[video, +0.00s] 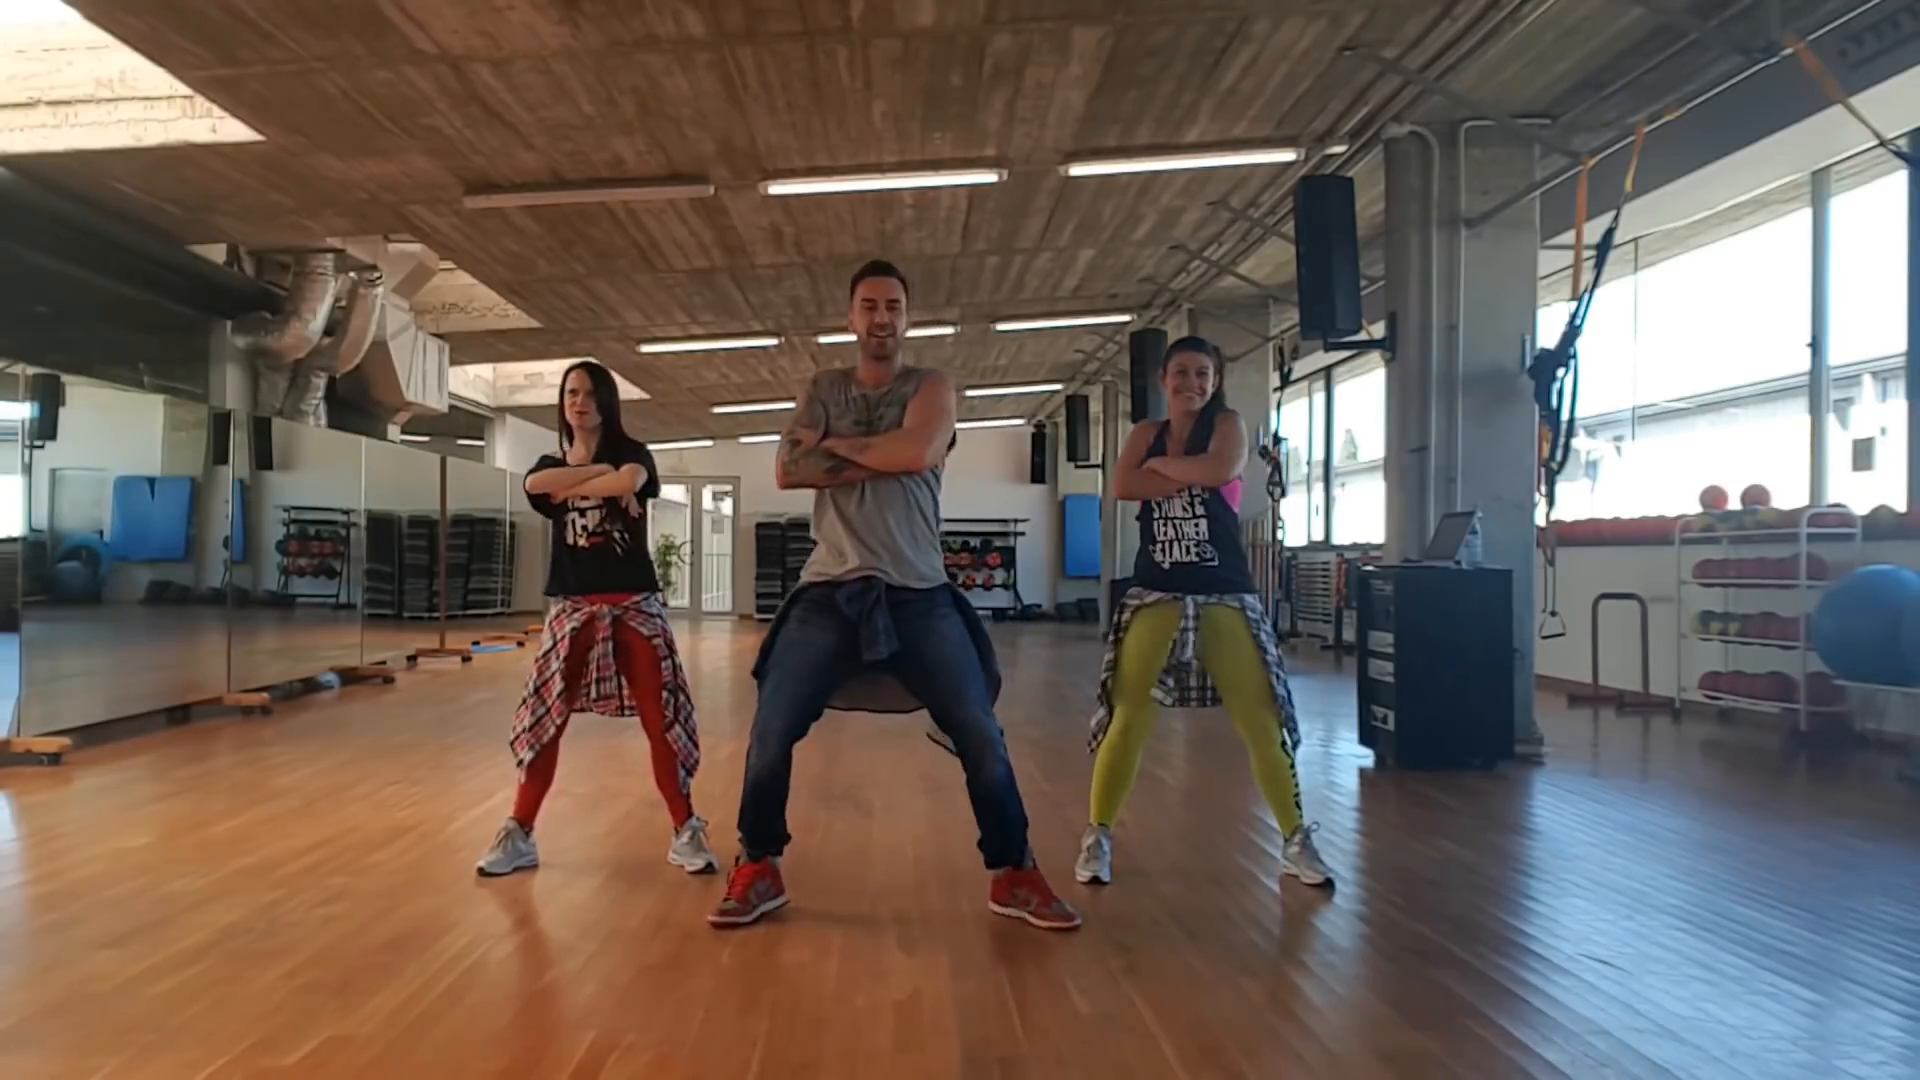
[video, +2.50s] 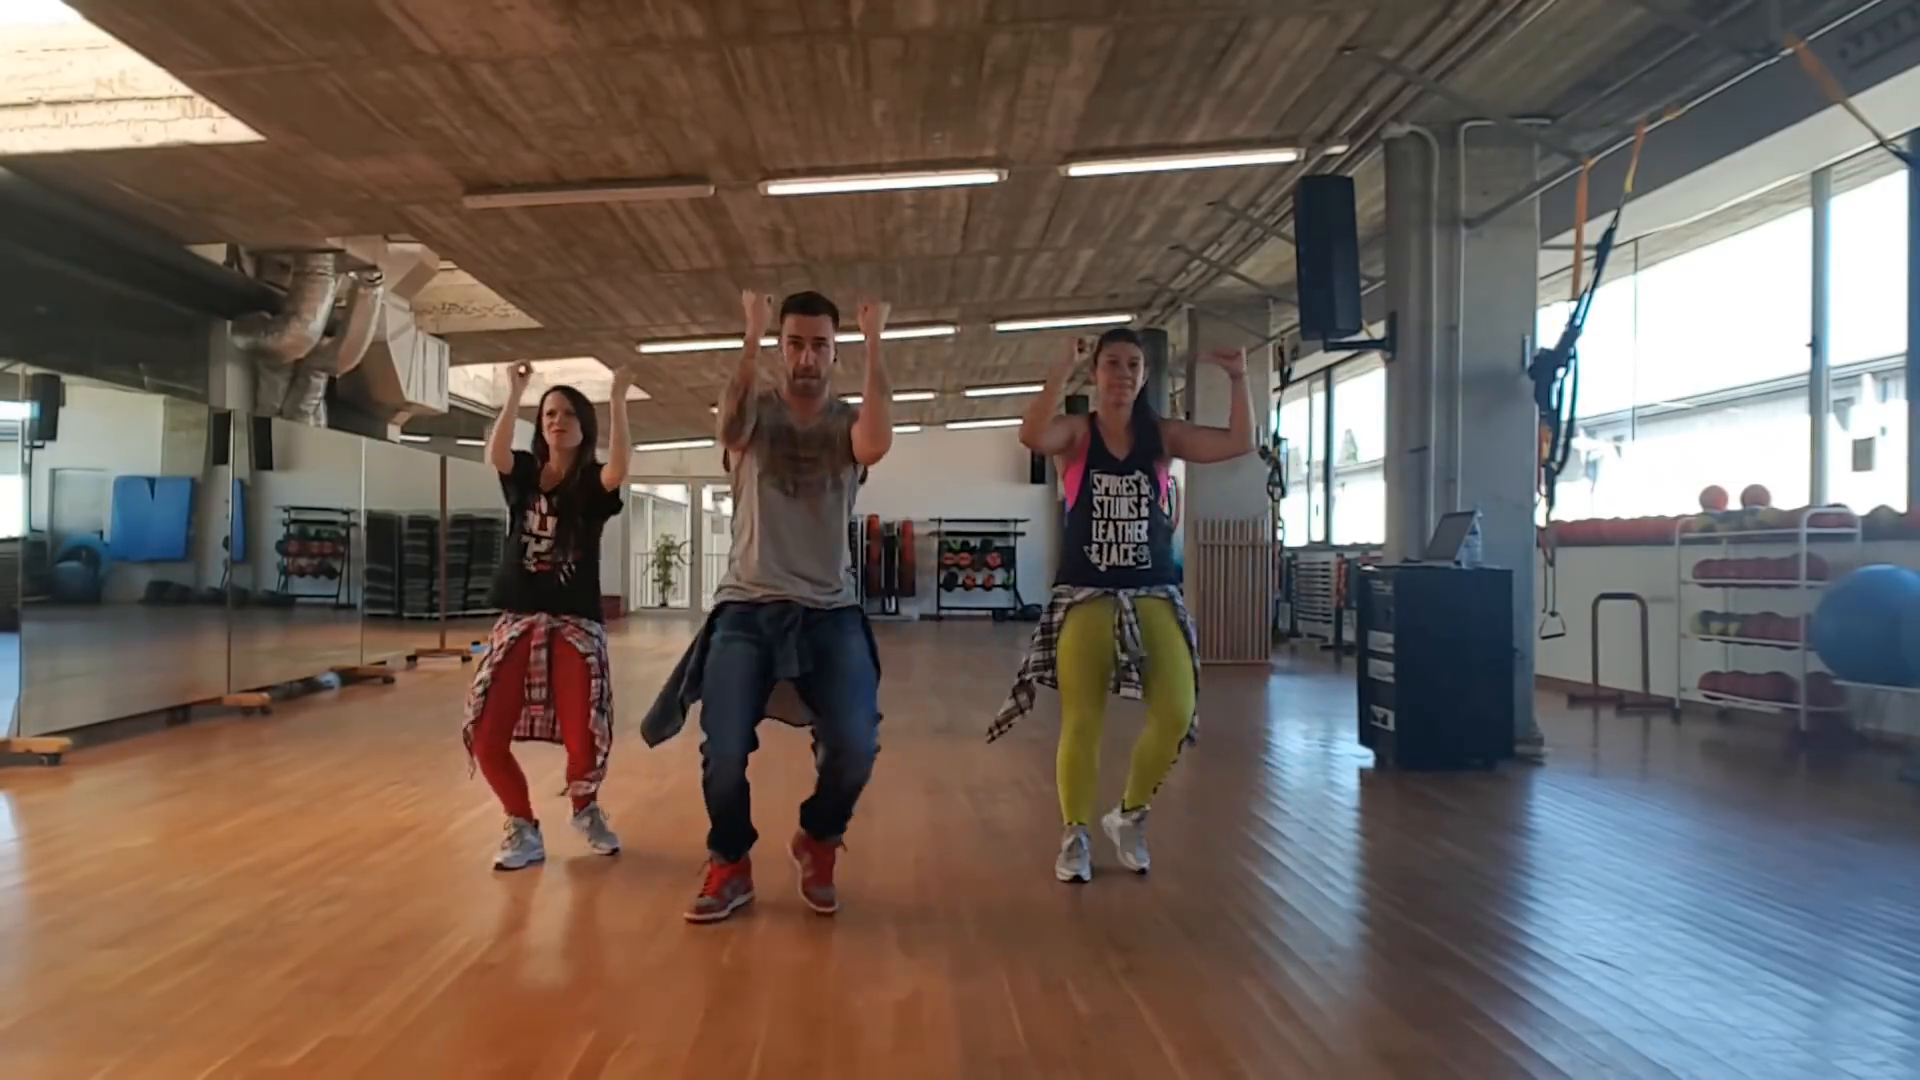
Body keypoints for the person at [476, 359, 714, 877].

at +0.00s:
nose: (578, 402)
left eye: (587, 394)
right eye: (571, 394)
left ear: (607, 402)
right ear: (561, 403)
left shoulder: (633, 453)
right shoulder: (551, 461)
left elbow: (628, 483)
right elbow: (535, 486)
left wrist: (567, 487)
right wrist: (603, 472)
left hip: (634, 601)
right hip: (572, 603)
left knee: (659, 719)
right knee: (547, 716)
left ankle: (687, 830)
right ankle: (520, 834)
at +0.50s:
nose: (624, 403)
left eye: (633, 395)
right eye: (617, 394)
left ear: (652, 404)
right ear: (608, 400)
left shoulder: (663, 463)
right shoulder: (584, 451)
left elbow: (651, 495)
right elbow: (559, 482)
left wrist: (589, 488)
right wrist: (633, 479)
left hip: (639, 605)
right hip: (576, 602)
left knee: (661, 719)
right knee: (547, 714)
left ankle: (687, 831)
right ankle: (520, 834)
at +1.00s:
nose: (595, 388)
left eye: (606, 382)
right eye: (587, 382)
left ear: (624, 397)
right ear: (577, 397)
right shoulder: (557, 456)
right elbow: (535, 504)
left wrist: (564, 510)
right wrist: (609, 505)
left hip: (625, 605)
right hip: (563, 604)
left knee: (656, 721)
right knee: (531, 714)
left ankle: (685, 831)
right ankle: (519, 835)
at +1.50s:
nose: (638, 403)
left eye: (646, 394)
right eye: (628, 397)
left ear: (664, 403)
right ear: (618, 409)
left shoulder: (679, 467)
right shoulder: (599, 469)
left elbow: (696, 458)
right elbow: (542, 477)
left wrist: (680, 392)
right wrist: (543, 411)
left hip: (681, 611)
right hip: (622, 614)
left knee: (701, 724)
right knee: (629, 722)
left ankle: (689, 830)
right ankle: (630, 820)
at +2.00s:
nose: (592, 423)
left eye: (600, 415)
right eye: (584, 417)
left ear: (620, 423)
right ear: (574, 428)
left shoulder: (631, 481)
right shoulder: (563, 480)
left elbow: (654, 491)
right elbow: (521, 491)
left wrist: (653, 417)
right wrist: (529, 425)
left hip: (626, 628)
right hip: (569, 629)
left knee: (656, 729)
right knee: (516, 720)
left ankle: (696, 831)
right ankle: (527, 832)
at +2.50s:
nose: (558, 421)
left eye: (567, 414)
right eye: (549, 415)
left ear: (586, 425)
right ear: (539, 426)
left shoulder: (594, 484)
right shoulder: (525, 474)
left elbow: (619, 470)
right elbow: (497, 454)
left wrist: (616, 403)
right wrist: (514, 395)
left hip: (575, 617)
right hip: (518, 615)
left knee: (582, 727)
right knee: (487, 738)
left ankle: (586, 810)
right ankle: (524, 831)